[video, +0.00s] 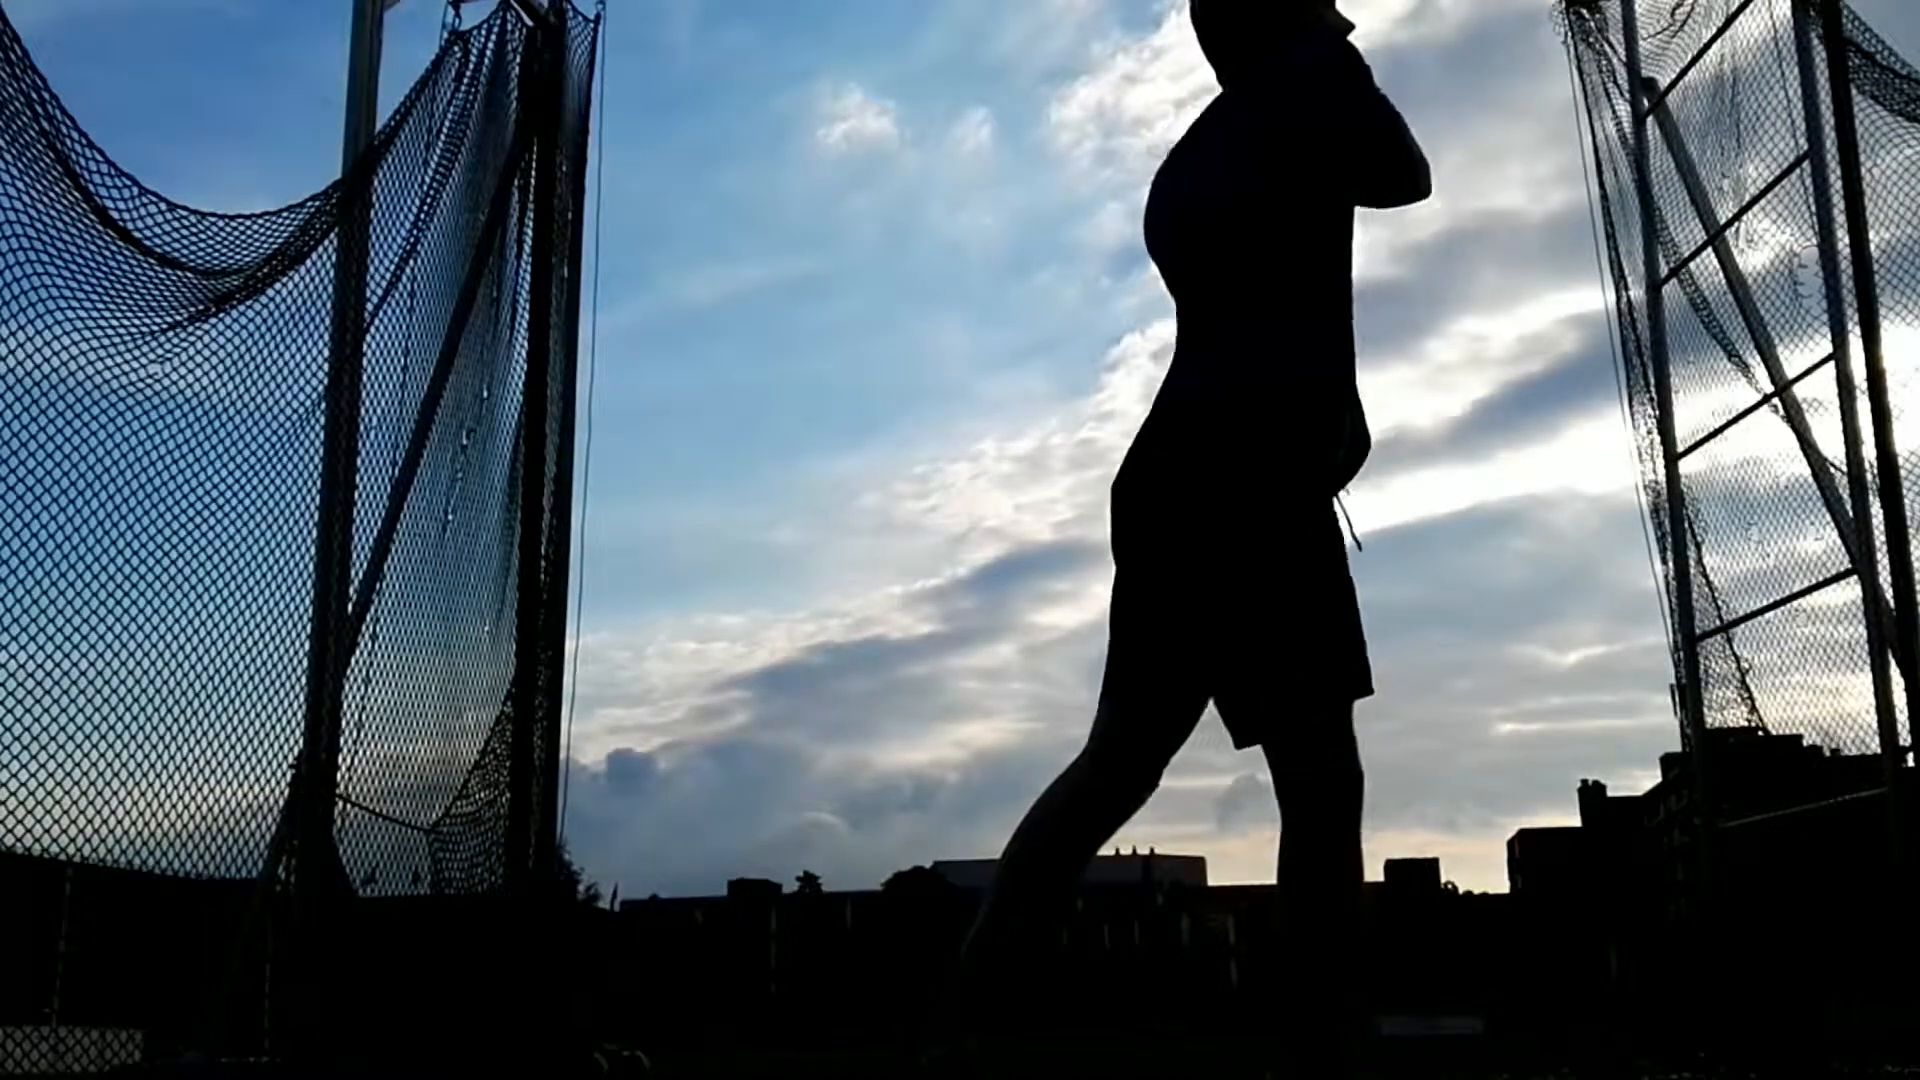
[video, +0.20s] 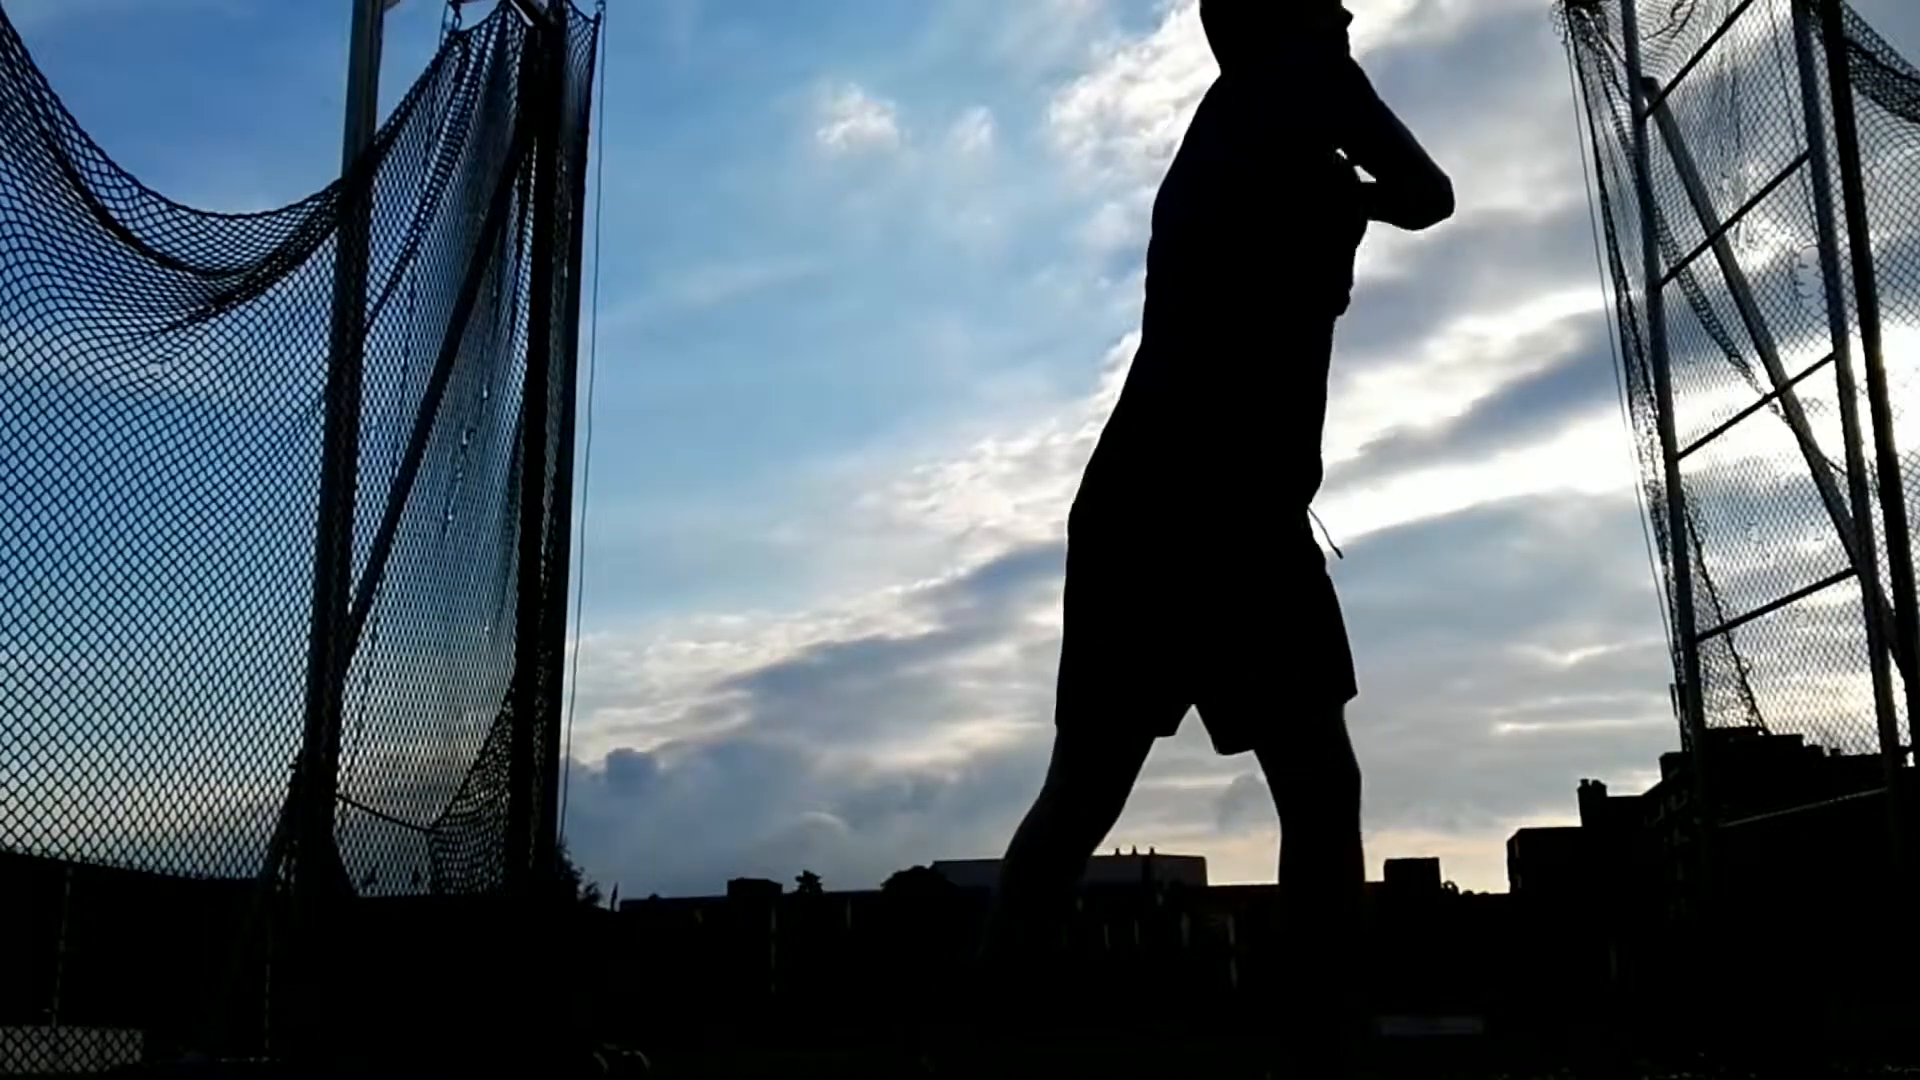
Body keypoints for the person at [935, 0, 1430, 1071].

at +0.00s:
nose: (1324, 39)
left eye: (1305, 25)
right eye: (1307, 23)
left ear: (1219, 36)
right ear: (1283, 33)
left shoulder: (1185, 164)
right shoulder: (1292, 122)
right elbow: (1399, 174)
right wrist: (1331, 53)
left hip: (1178, 487)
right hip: (1261, 491)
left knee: (1121, 760)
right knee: (1321, 781)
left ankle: (979, 989)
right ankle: (1321, 1028)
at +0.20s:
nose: (1341, 46)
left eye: (1335, 31)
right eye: (1328, 31)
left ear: (1236, 38)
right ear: (1290, 39)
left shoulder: (1246, 149)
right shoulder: (1271, 140)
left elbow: (1418, 201)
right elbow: (1428, 198)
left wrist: (1342, 105)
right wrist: (1345, 89)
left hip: (1133, 511)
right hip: (1225, 512)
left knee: (1080, 796)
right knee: (1318, 795)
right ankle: (1323, 1047)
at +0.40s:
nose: (1336, 47)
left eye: (1329, 26)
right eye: (1318, 25)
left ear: (1229, 43)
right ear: (1279, 34)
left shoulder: (1202, 181)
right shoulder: (1283, 115)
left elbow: (1251, 387)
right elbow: (1431, 227)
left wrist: (1358, 331)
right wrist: (1470, 237)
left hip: (1088, 526)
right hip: (1205, 528)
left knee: (1051, 816)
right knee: (1325, 793)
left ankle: (1004, 1048)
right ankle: (1328, 1045)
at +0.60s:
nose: (1313, 72)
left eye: (1310, 47)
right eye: (1292, 45)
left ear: (1207, 66)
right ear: (1230, 58)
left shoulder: (1182, 199)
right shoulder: (1245, 159)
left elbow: (1230, 433)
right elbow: (1413, 250)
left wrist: (1375, 387)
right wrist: (1570, 277)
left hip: (1064, 549)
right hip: (1172, 551)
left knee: (1026, 842)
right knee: (1335, 793)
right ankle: (1332, 1052)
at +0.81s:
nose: (1283, 110)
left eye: (1283, 89)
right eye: (1264, 88)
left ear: (1197, 109)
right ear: (1211, 101)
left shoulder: (1206, 255)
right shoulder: (1188, 218)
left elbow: (1289, 420)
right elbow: (1383, 286)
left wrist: (1442, 397)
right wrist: (1568, 295)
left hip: (1170, 575)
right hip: (1089, 569)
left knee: (1346, 802)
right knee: (1007, 851)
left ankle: (1337, 1052)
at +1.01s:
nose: (1230, 154)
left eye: (1237, 131)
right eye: (1203, 130)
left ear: (1249, 152)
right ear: (1146, 146)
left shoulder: (1235, 297)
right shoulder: (1115, 269)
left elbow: (1368, 381)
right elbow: (1249, 328)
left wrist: (1523, 362)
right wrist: (1371, 308)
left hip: (1188, 606)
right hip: (1067, 601)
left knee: (1367, 803)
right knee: (985, 836)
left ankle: (1349, 1043)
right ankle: (989, 1050)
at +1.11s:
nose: (1210, 169)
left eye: (1219, 145)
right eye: (1180, 144)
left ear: (1235, 165)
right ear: (1120, 164)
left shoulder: (1242, 293)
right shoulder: (1079, 285)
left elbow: (1395, 348)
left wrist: (1572, 322)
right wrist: (1237, 288)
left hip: (1199, 627)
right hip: (1062, 629)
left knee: (1375, 807)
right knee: (983, 846)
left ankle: (1354, 1048)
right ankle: (996, 1064)